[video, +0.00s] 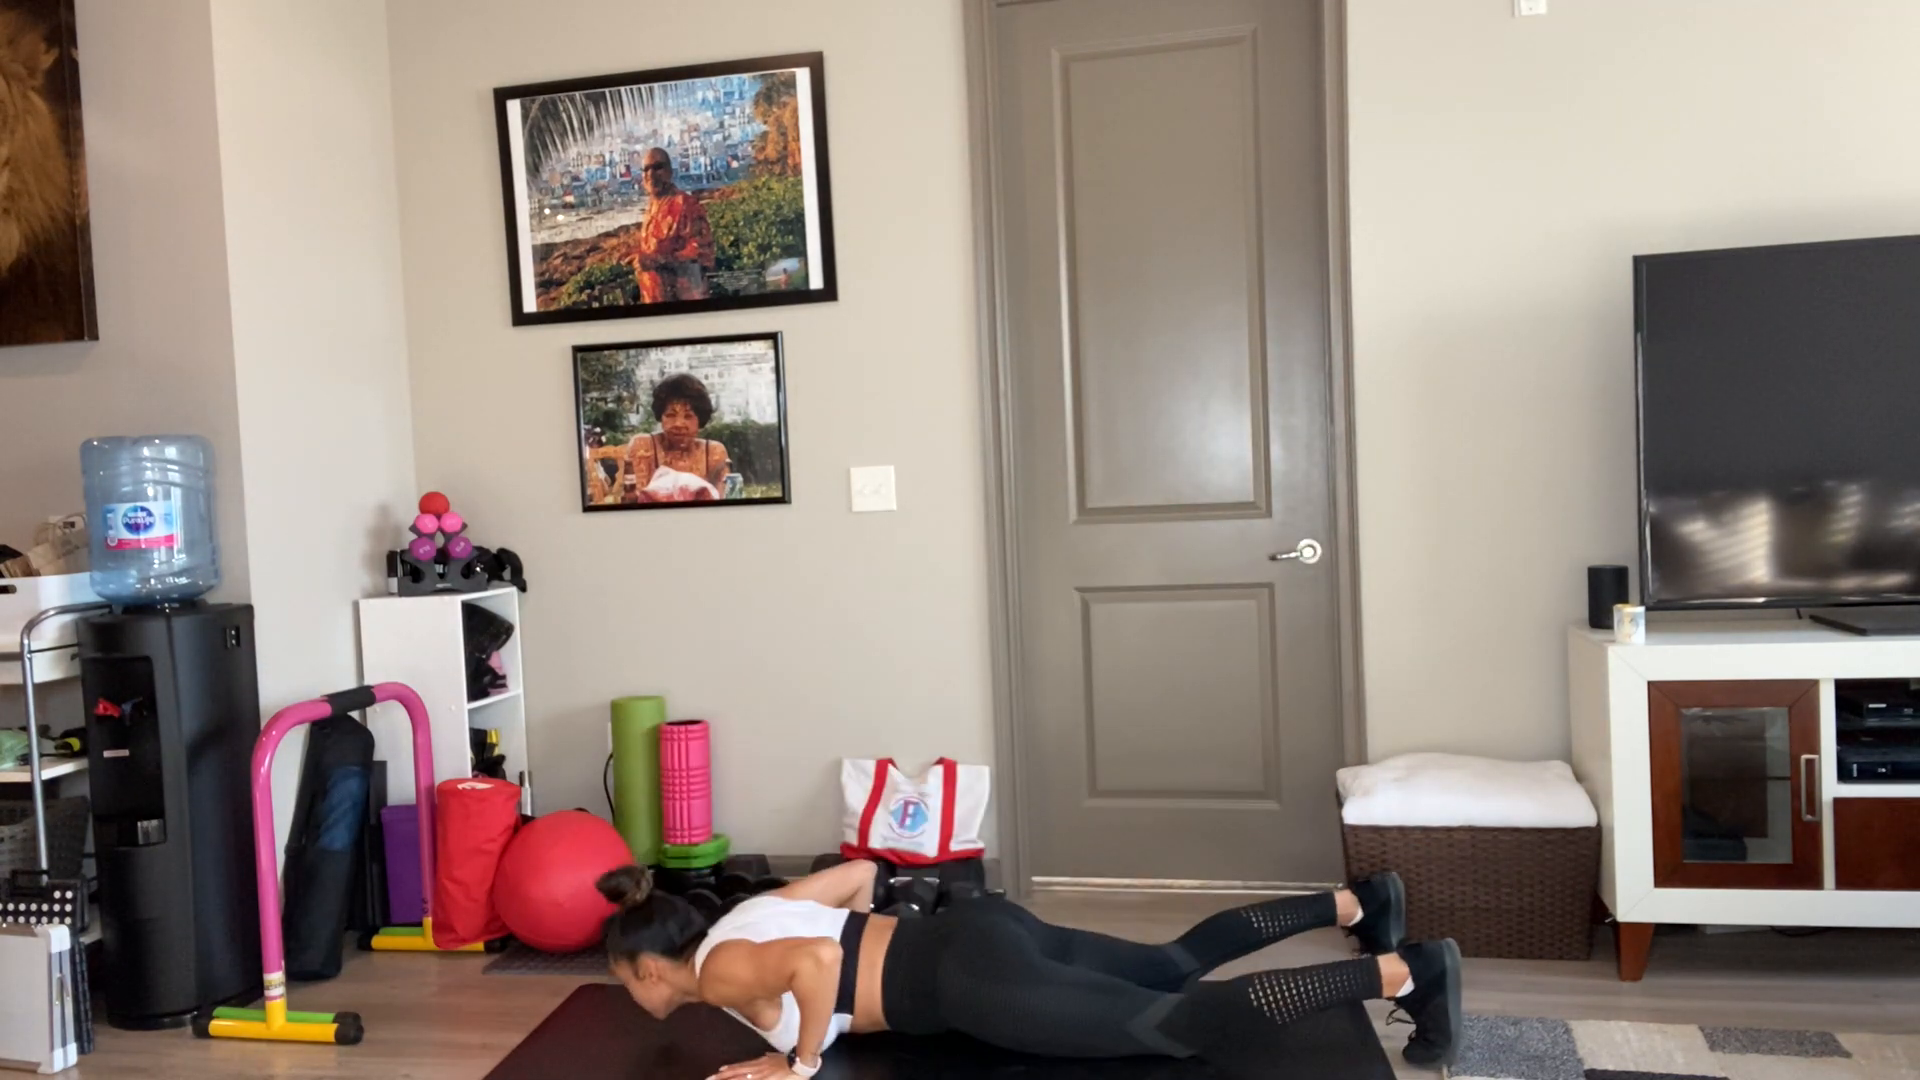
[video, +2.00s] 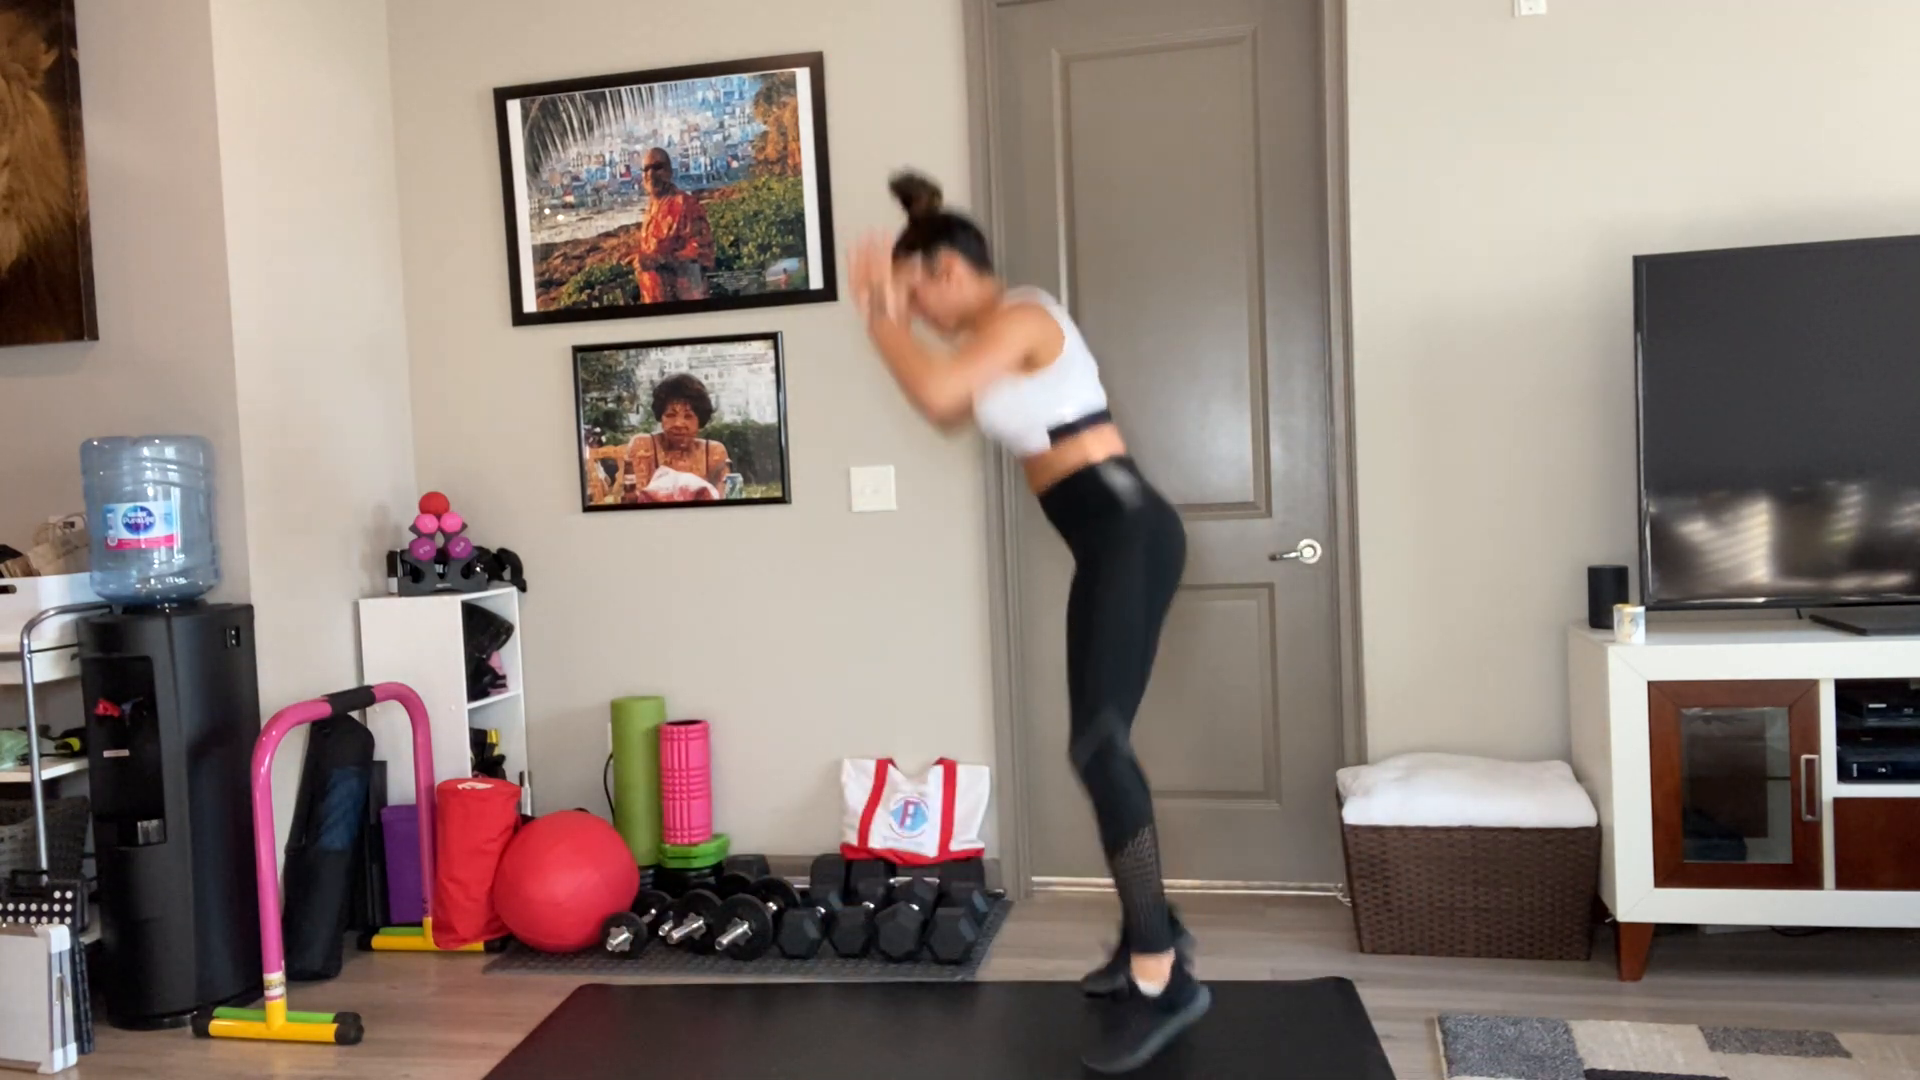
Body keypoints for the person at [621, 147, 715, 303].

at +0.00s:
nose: (650, 174)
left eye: (657, 167)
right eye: (646, 169)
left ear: (670, 172)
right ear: (642, 176)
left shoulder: (687, 205)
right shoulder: (653, 206)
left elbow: (703, 255)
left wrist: (655, 260)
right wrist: (638, 257)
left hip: (683, 297)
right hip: (655, 297)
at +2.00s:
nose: (650, 174)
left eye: (657, 167)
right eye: (646, 169)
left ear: (670, 172)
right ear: (643, 175)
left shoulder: (685, 204)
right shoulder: (653, 206)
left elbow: (703, 254)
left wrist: (657, 260)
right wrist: (638, 257)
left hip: (682, 297)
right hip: (654, 297)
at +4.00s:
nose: (650, 174)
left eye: (657, 167)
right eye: (646, 169)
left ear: (669, 171)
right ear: (642, 176)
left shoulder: (686, 204)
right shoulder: (654, 206)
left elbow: (702, 254)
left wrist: (657, 260)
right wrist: (638, 257)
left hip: (683, 297)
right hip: (655, 297)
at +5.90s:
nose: (650, 174)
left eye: (657, 167)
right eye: (645, 169)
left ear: (669, 172)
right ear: (642, 176)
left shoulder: (686, 204)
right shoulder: (654, 206)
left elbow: (702, 255)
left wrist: (658, 261)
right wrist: (638, 257)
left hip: (682, 297)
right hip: (655, 297)